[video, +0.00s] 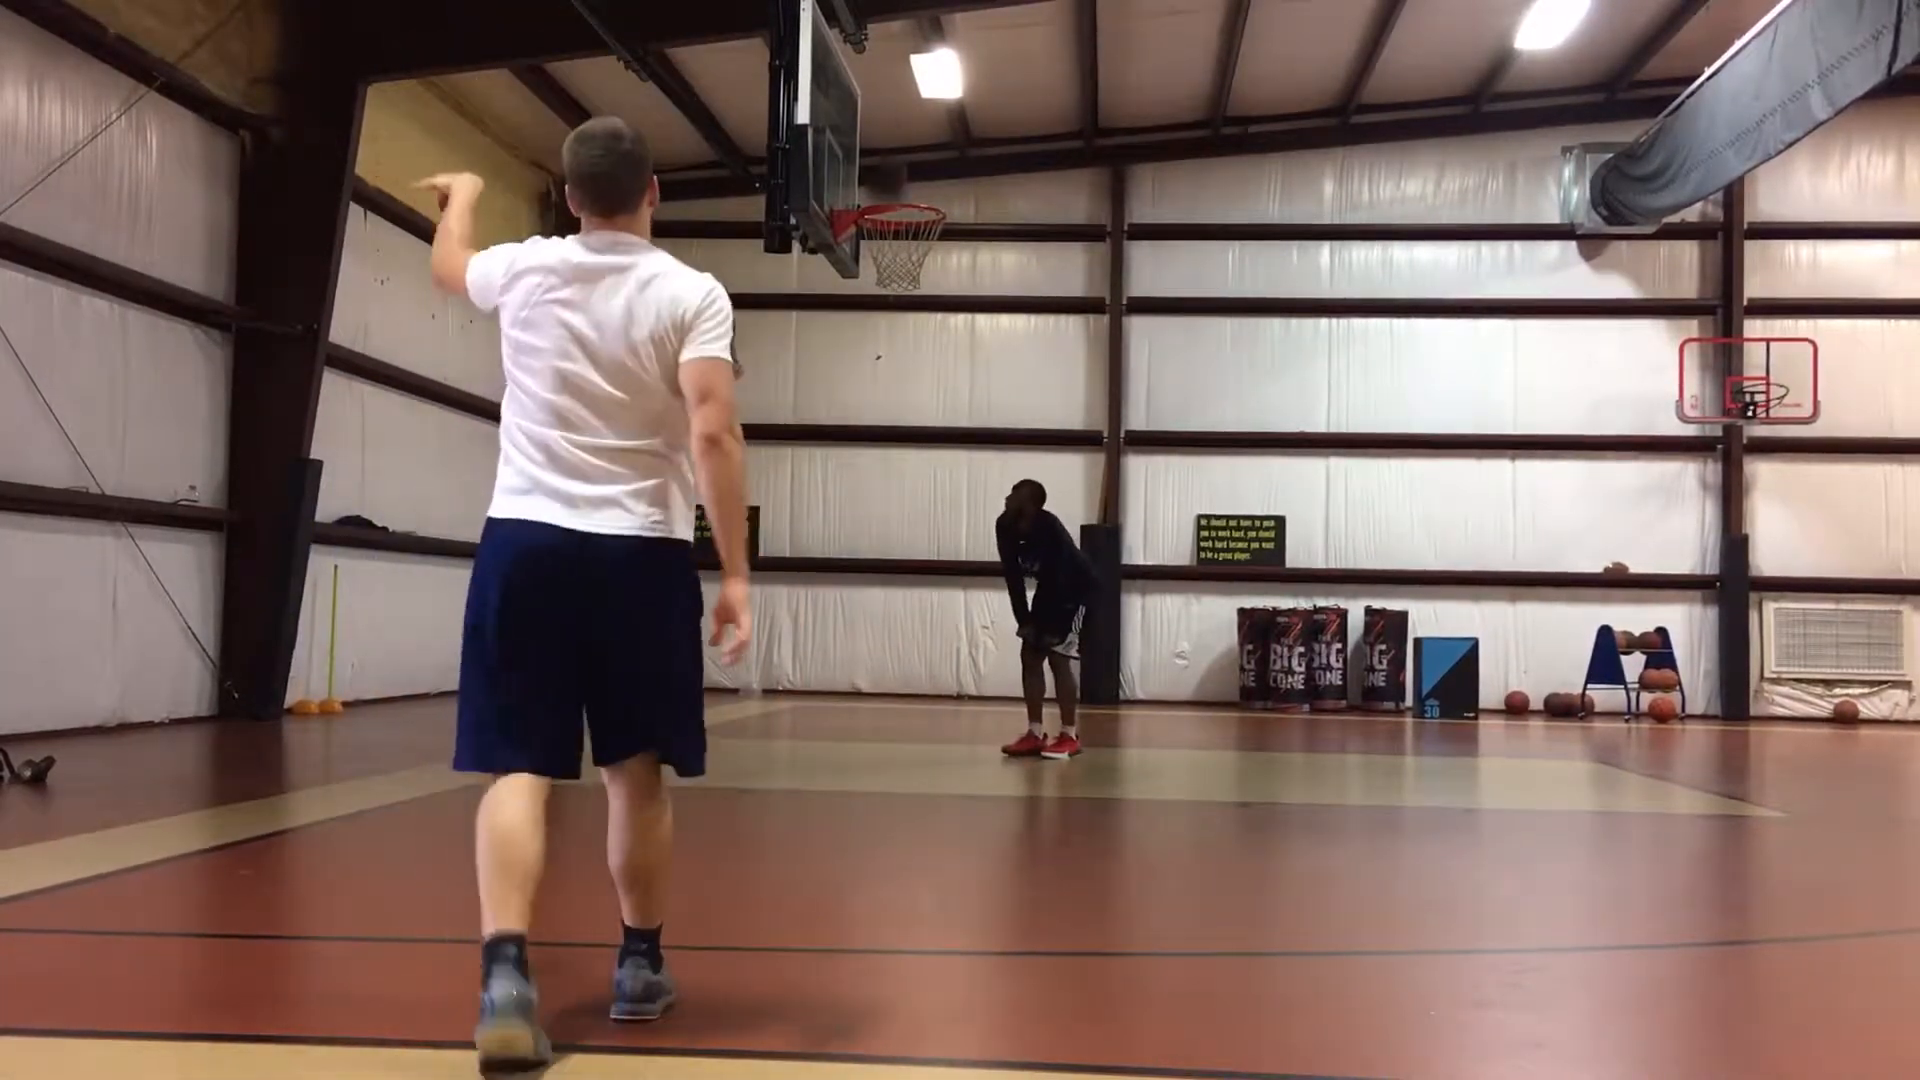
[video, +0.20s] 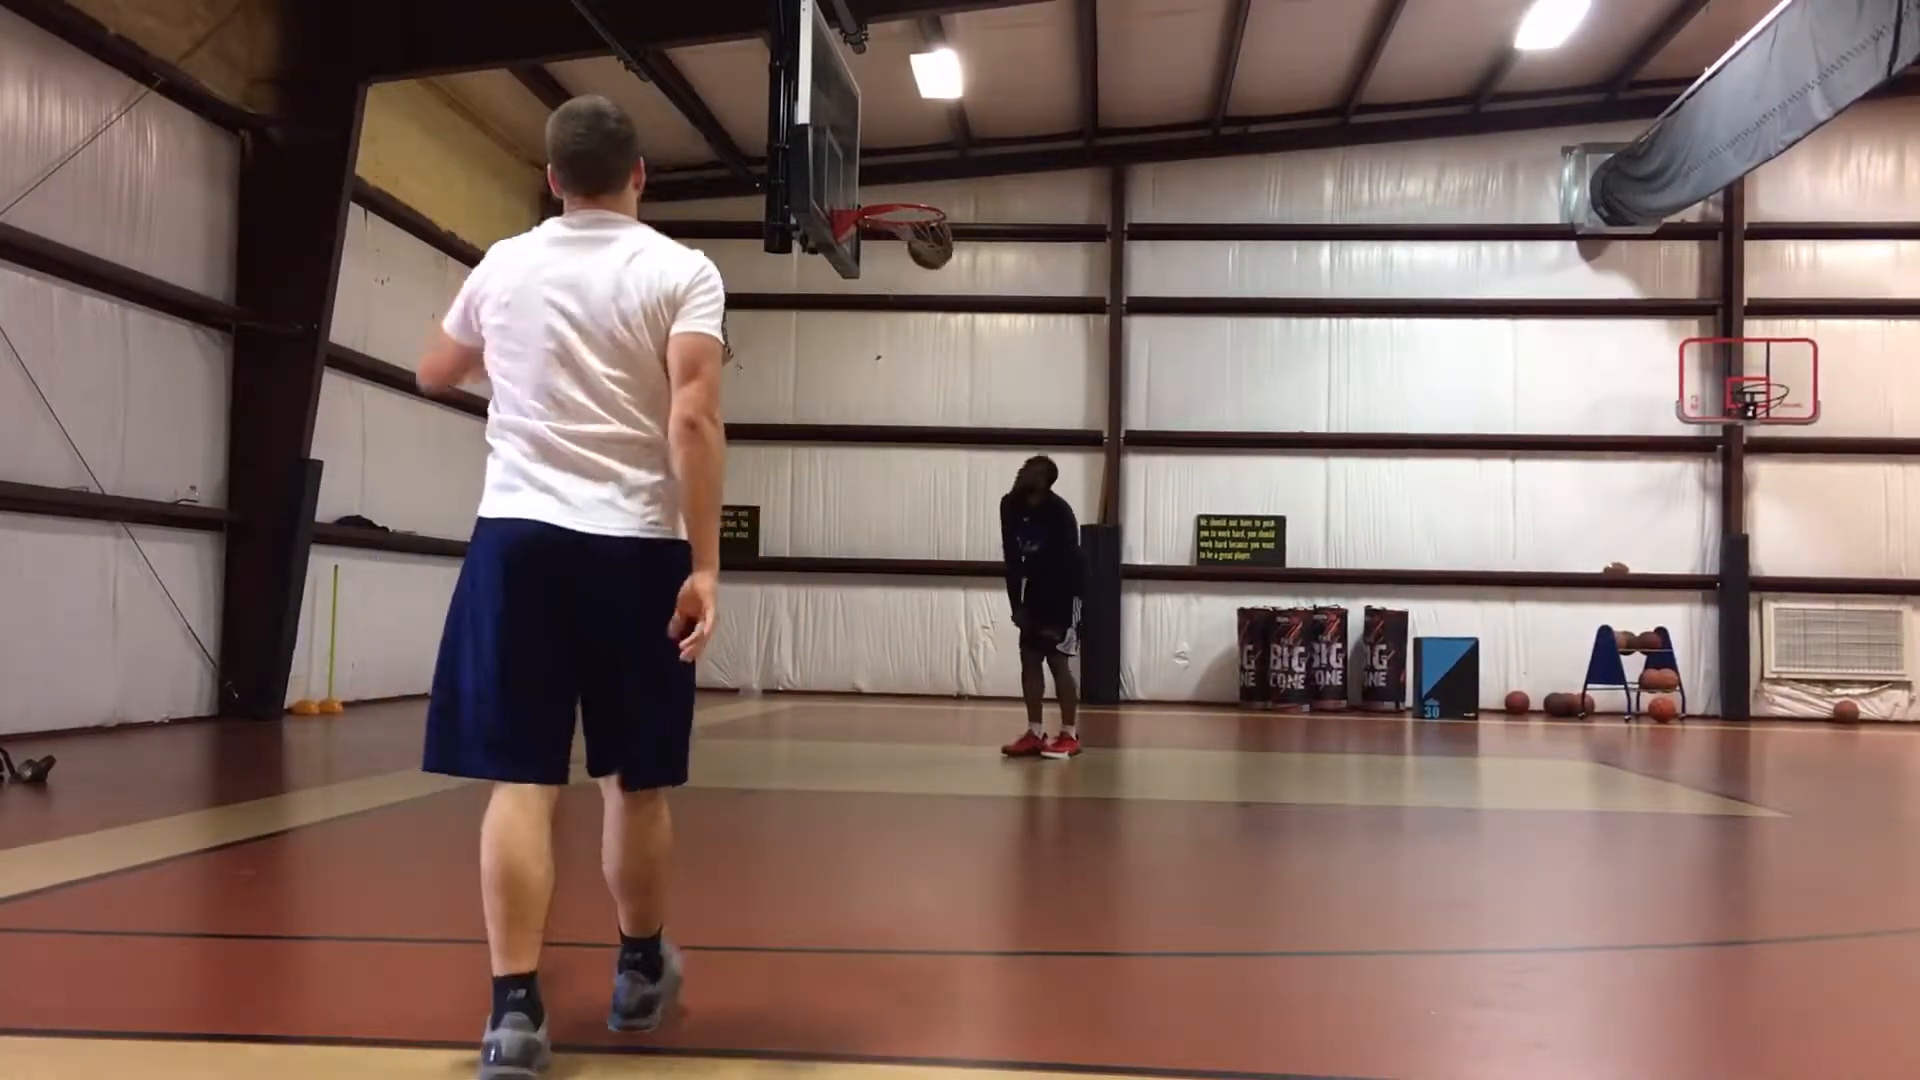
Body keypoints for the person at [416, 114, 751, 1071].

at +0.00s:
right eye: (652, 187)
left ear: (567, 200)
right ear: (653, 196)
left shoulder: (521, 268)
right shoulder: (694, 295)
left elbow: (452, 266)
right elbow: (714, 430)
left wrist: (460, 194)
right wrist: (735, 571)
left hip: (525, 553)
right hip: (641, 565)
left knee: (519, 766)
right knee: (637, 773)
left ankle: (505, 976)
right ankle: (639, 966)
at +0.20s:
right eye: (643, 172)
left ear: (548, 182)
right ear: (640, 178)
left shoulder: (503, 265)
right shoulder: (683, 271)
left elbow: (435, 372)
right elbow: (692, 416)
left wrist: (513, 352)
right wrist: (705, 563)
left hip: (517, 553)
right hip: (637, 558)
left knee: (520, 777)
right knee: (636, 778)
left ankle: (514, 1013)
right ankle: (641, 974)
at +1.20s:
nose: (533, 310)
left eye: (519, 301)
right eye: (534, 299)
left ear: (434, 293)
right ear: (524, 297)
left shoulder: (348, 376)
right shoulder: (549, 379)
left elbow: (282, 538)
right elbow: (596, 532)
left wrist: (367, 609)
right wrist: (715, 635)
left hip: (320, 625)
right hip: (477, 627)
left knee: (192, 842)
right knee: (612, 811)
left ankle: (31, 1045)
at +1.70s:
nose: (803, 230)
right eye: (802, 218)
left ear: (709, 229)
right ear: (793, 232)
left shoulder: (673, 301)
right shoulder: (804, 305)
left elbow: (733, 271)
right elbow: (906, 335)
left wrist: (784, 224)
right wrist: (865, 229)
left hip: (639, 582)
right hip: (748, 578)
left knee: (701, 780)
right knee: (810, 803)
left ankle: (606, 978)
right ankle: (785, 1003)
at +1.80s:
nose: (779, 140)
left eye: (752, 129)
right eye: (792, 128)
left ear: (719, 132)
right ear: (804, 132)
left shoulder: (695, 201)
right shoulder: (826, 195)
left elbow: (743, 131)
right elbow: (912, 126)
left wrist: (755, 50)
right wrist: (884, 26)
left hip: (681, 464)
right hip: (788, 464)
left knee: (675, 697)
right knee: (801, 701)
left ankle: (634, 914)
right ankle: (813, 914)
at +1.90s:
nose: (833, 62)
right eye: (822, 55)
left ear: (737, 67)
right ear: (824, 66)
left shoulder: (718, 122)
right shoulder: (844, 117)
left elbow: (745, 60)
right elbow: (892, 38)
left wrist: (824, 38)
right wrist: (889, 11)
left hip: (706, 395)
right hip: (805, 398)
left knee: (711, 627)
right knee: (818, 641)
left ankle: (666, 837)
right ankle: (807, 849)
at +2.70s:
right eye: (996, 216)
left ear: (913, 226)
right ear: (992, 226)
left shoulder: (855, 299)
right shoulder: (1025, 323)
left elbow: (751, 363)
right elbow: (1062, 447)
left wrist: (657, 426)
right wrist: (1138, 569)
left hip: (854, 568)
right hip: (965, 574)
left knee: (838, 757)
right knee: (989, 783)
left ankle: (798, 949)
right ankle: (994, 984)